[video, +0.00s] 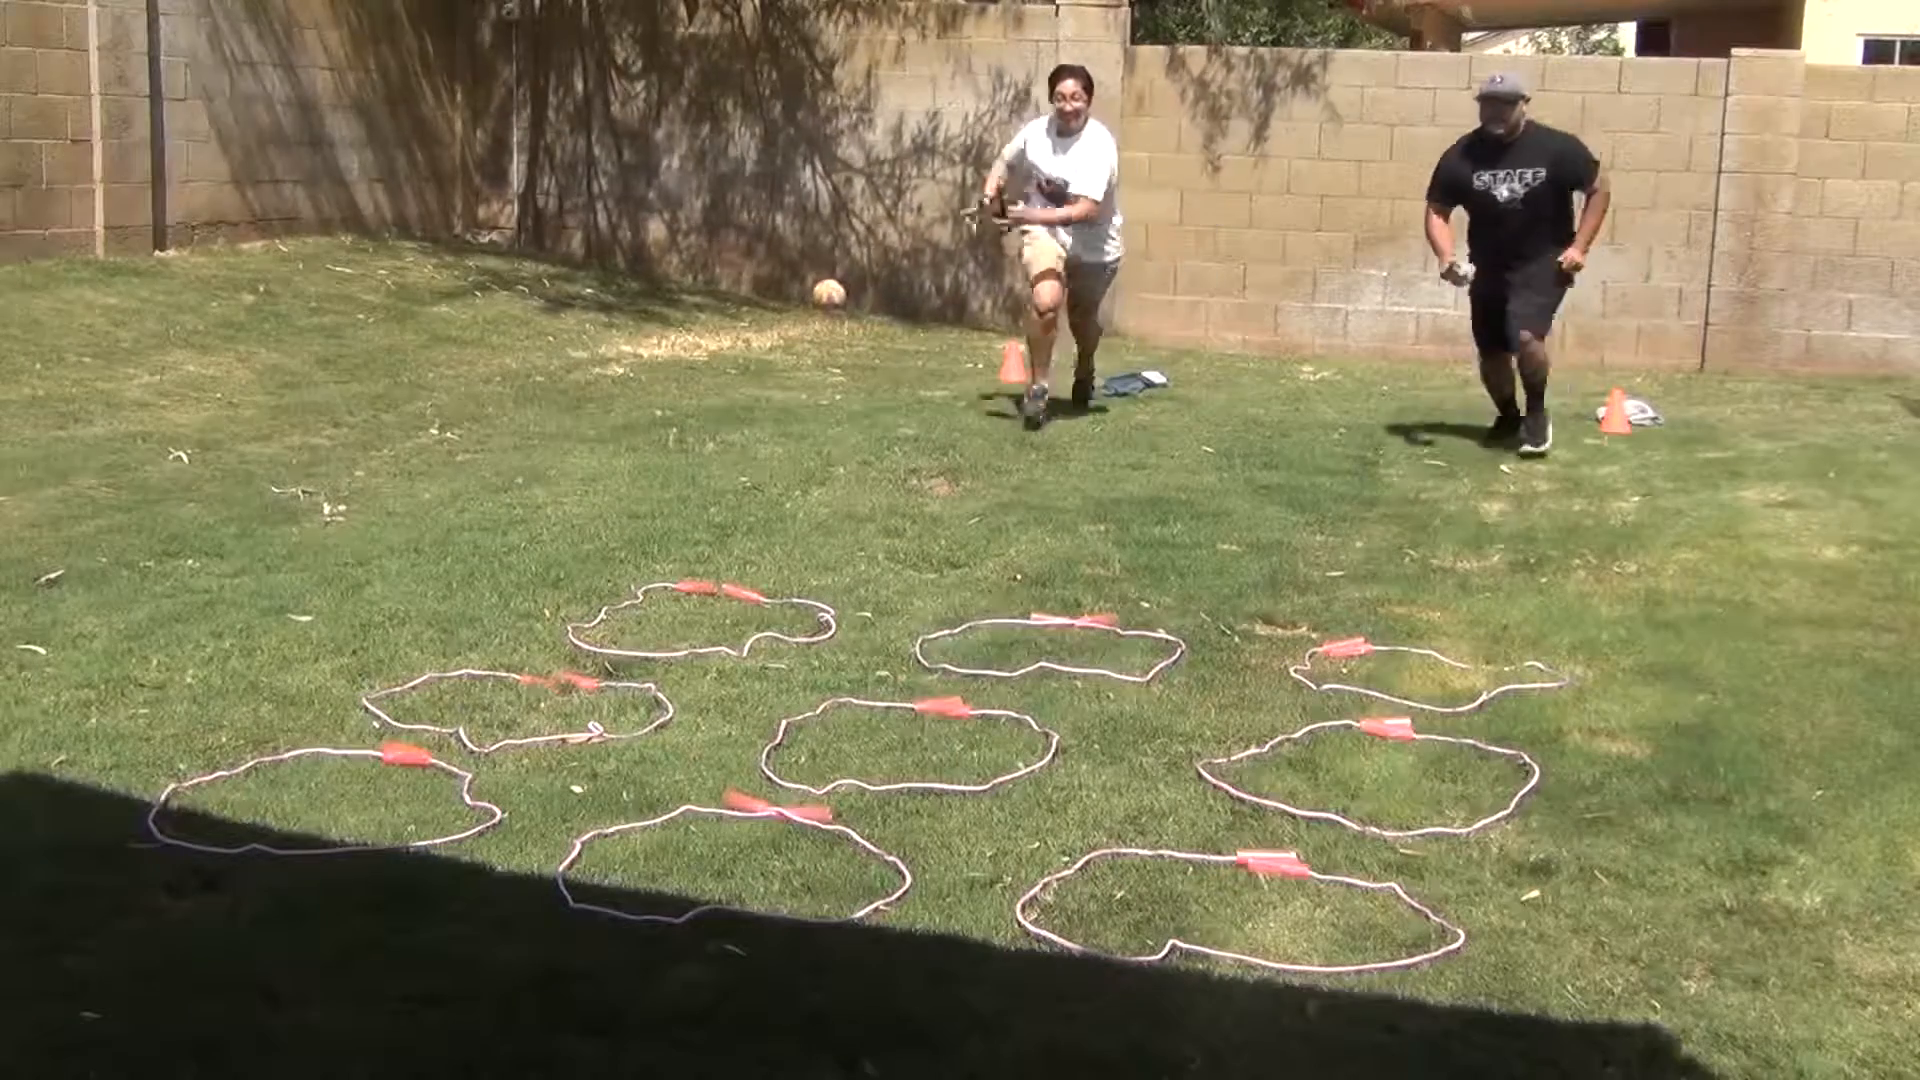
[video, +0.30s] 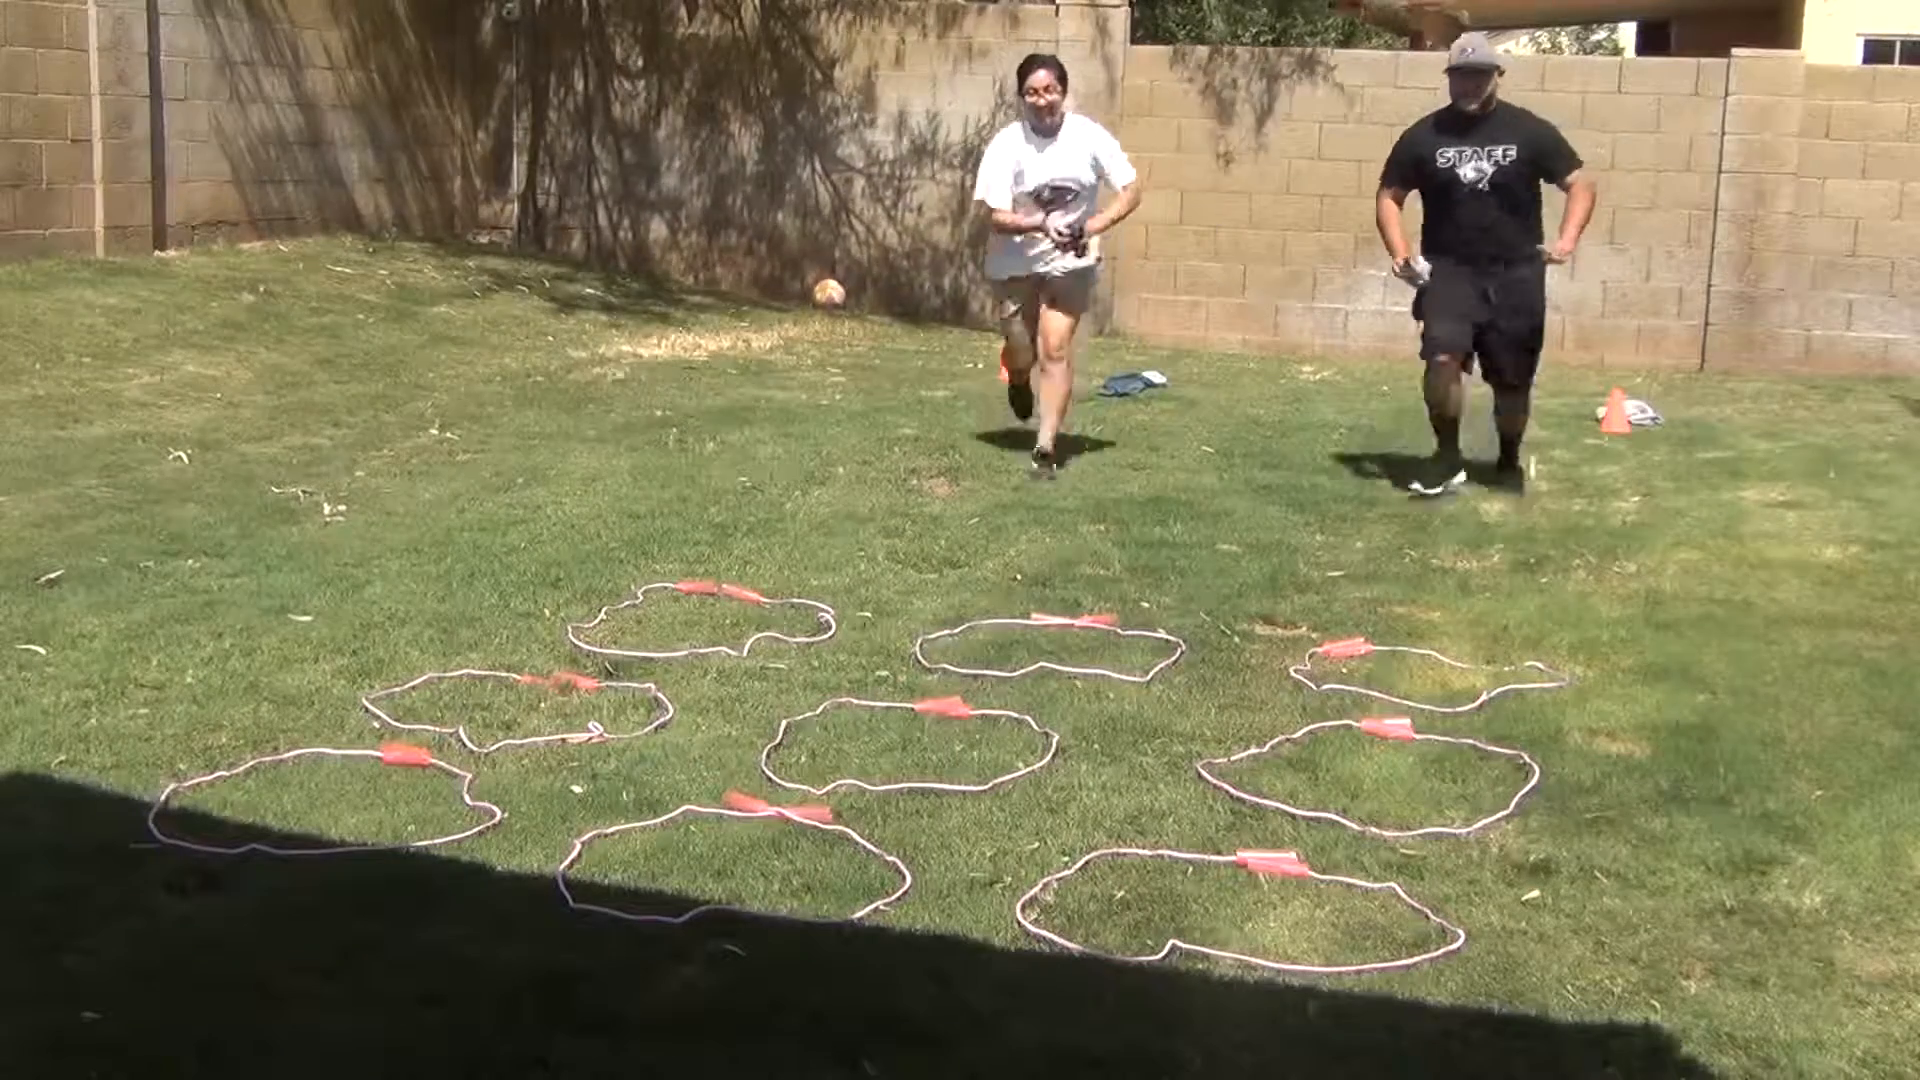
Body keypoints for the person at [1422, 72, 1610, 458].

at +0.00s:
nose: (1495, 113)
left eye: (1504, 105)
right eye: (1488, 104)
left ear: (1523, 107)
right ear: (1479, 106)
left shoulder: (1558, 149)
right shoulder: (1461, 157)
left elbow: (1599, 190)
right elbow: (1436, 213)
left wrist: (1580, 247)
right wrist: (1447, 257)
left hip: (1543, 261)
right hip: (1488, 265)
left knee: (1525, 337)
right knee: (1491, 353)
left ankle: (1536, 414)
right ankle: (1508, 416)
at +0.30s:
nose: (1471, 84)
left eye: (1481, 75)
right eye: (1463, 75)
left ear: (1497, 77)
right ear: (1448, 77)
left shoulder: (1531, 132)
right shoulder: (1424, 137)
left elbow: (1582, 187)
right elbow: (1388, 198)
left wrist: (1568, 238)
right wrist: (1401, 254)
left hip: (1517, 272)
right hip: (1449, 272)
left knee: (1513, 380)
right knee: (1442, 360)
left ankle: (1509, 464)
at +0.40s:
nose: (1450, 82)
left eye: (1460, 73)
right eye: (1441, 72)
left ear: (1477, 74)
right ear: (1427, 74)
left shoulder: (1513, 126)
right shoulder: (1400, 135)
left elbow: (1572, 173)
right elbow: (1360, 195)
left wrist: (1559, 223)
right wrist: (1374, 247)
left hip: (1496, 280)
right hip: (1426, 277)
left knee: (1491, 389)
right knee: (1422, 369)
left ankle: (1499, 452)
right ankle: (1406, 480)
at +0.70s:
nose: (1408, 103)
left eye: (1420, 93)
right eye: (1399, 91)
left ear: (1438, 97)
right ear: (1383, 94)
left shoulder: (1468, 160)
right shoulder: (1346, 156)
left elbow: (1490, 222)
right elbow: (1302, 227)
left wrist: (1489, 291)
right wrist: (1334, 257)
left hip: (1425, 314)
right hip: (1349, 314)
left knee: (1409, 419)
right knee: (1350, 428)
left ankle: (1384, 545)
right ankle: (1365, 489)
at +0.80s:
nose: (1380, 123)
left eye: (1392, 113)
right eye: (1371, 112)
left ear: (1413, 117)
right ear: (1357, 113)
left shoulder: (1445, 175)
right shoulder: (1322, 179)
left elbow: (1475, 249)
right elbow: (1284, 255)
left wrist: (1480, 321)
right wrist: (1305, 280)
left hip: (1406, 329)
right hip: (1331, 325)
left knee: (1406, 434)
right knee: (1310, 432)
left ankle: (1384, 536)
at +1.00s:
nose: (1316, 170)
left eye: (1329, 158)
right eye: (1305, 158)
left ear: (1351, 159)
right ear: (1290, 160)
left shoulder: (1384, 198)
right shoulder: (1277, 213)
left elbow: (1419, 266)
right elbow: (1241, 267)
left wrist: (1437, 338)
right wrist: (1204, 306)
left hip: (1359, 355)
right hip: (1286, 353)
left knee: (1411, 451)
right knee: (1282, 441)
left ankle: (1365, 531)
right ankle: (1232, 573)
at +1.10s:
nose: (1307, 188)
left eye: (1321, 177)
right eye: (1297, 176)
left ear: (1345, 174)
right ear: (1282, 172)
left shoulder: (1378, 208)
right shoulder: (1260, 223)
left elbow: (1403, 280)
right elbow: (1209, 298)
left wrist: (1412, 357)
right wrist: (1193, 351)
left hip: (1336, 352)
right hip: (1265, 352)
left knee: (1393, 452)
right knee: (1272, 445)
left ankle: (1320, 530)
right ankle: (1231, 573)